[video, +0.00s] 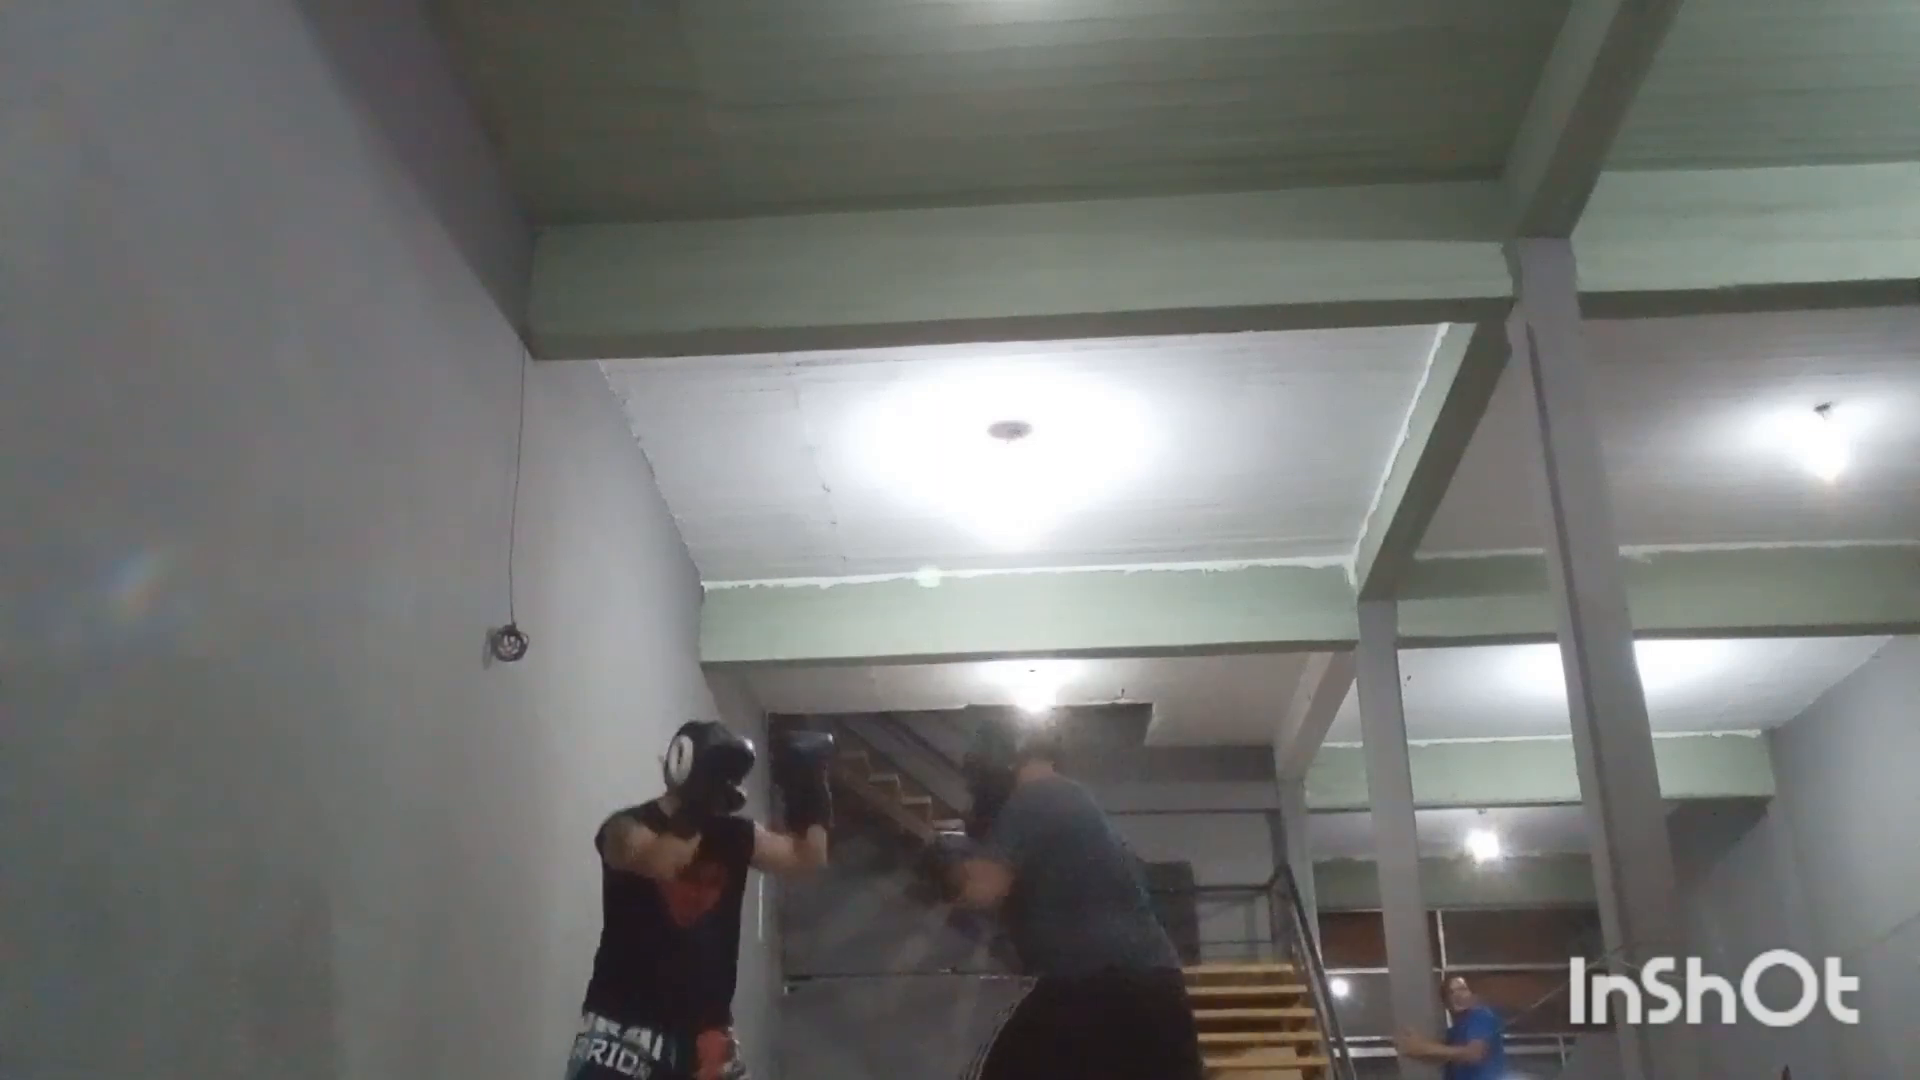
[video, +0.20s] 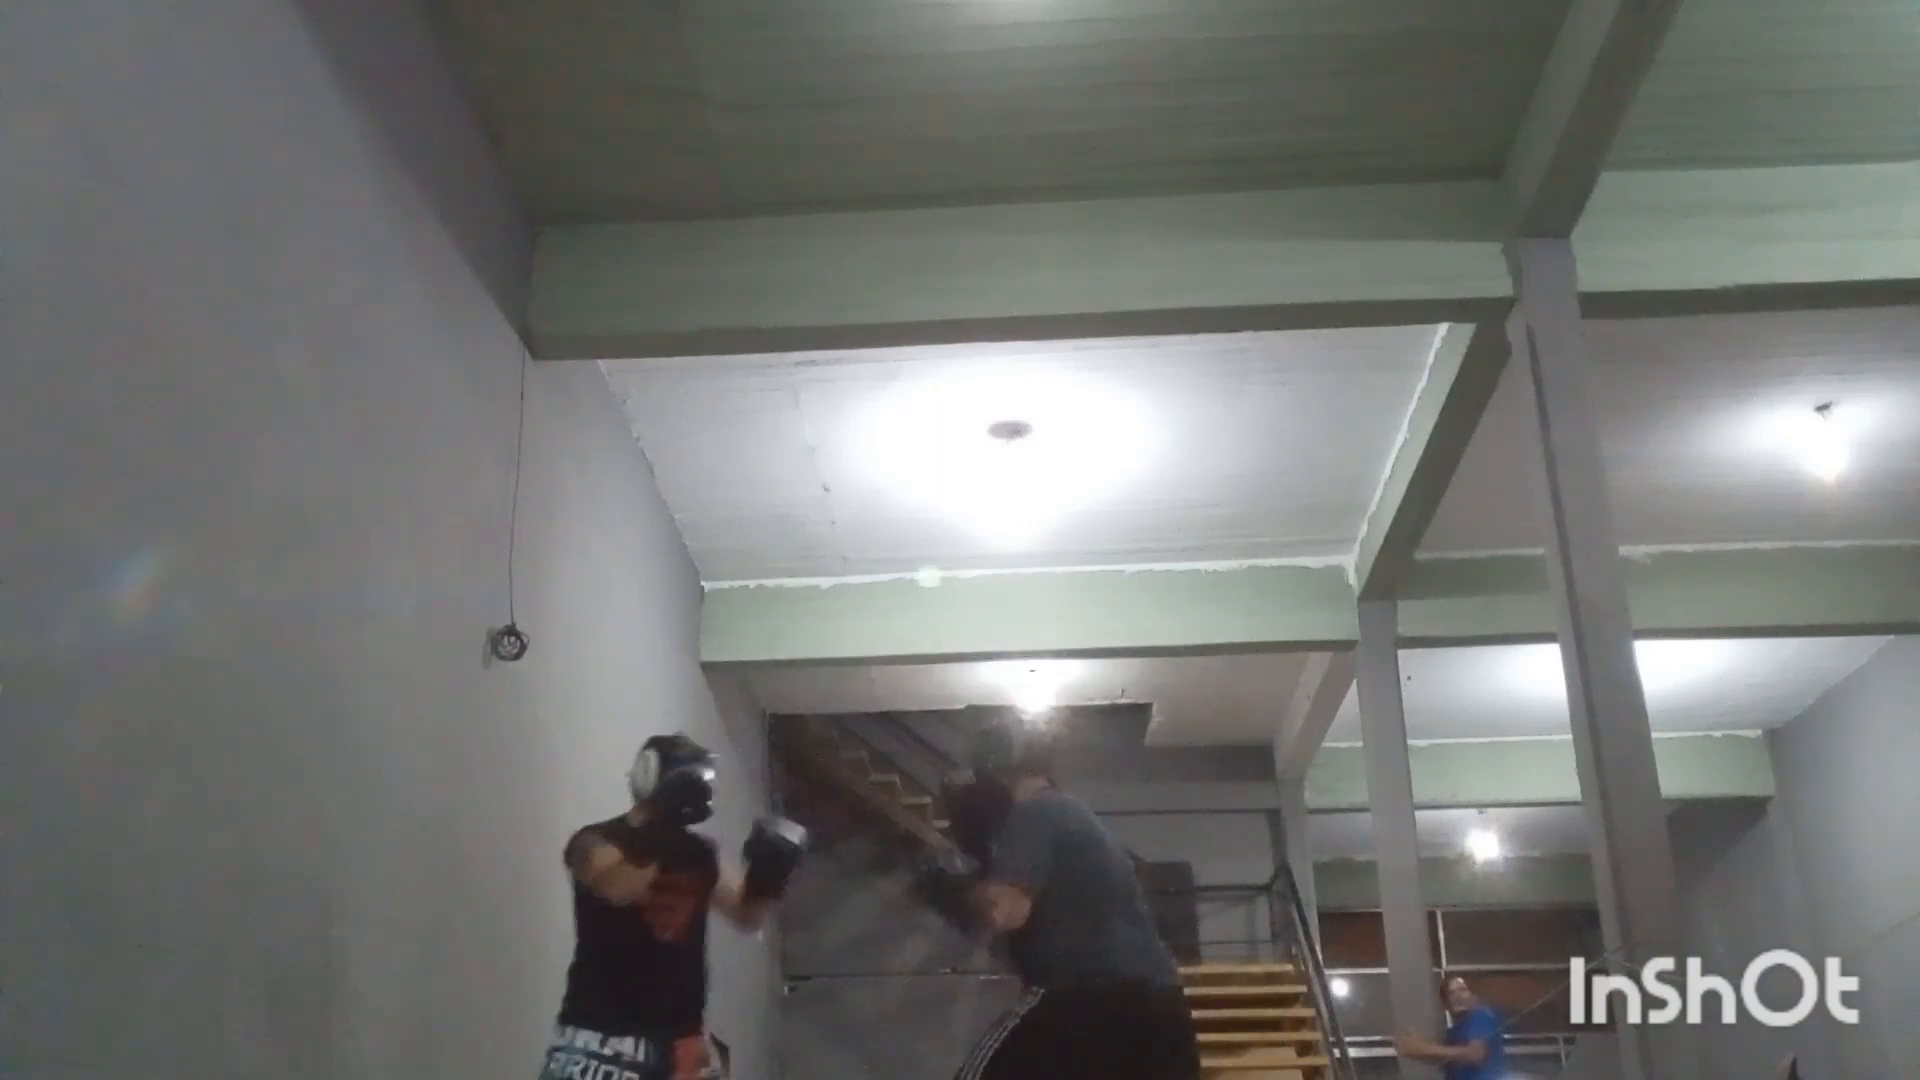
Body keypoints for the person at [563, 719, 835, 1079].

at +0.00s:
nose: (725, 786)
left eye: (728, 776)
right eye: (716, 774)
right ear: (690, 767)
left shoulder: (733, 835)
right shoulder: (623, 828)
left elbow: (808, 858)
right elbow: (660, 864)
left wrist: (810, 780)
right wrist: (698, 798)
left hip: (704, 1035)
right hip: (622, 1031)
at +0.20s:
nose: (697, 792)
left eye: (702, 780)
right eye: (687, 780)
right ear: (651, 780)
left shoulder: (698, 852)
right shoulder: (592, 842)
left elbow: (746, 916)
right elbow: (621, 889)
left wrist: (769, 872)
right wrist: (665, 819)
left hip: (679, 1044)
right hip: (599, 1042)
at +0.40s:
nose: (657, 804)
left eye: (665, 795)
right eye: (649, 790)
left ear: (669, 800)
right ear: (612, 782)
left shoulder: (659, 856)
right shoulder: (559, 848)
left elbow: (668, 931)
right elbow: (577, 895)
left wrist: (715, 905)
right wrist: (627, 826)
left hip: (646, 1049)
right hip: (572, 1044)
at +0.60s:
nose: (651, 786)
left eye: (661, 778)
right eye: (642, 771)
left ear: (668, 784)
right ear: (612, 767)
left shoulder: (660, 836)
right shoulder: (558, 831)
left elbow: (685, 910)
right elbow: (569, 897)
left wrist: (721, 871)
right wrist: (619, 834)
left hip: (650, 1014)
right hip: (576, 1011)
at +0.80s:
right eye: (650, 794)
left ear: (678, 802)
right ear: (626, 788)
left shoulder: (676, 855)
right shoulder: (583, 848)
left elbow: (729, 911)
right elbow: (584, 903)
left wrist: (741, 852)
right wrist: (635, 839)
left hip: (661, 1042)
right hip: (591, 1036)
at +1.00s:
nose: (705, 816)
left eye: (714, 808)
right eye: (697, 805)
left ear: (721, 812)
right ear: (674, 800)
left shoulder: (714, 860)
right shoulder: (618, 849)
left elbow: (769, 906)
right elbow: (632, 892)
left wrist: (771, 841)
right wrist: (675, 834)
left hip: (691, 1022)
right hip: (622, 1022)